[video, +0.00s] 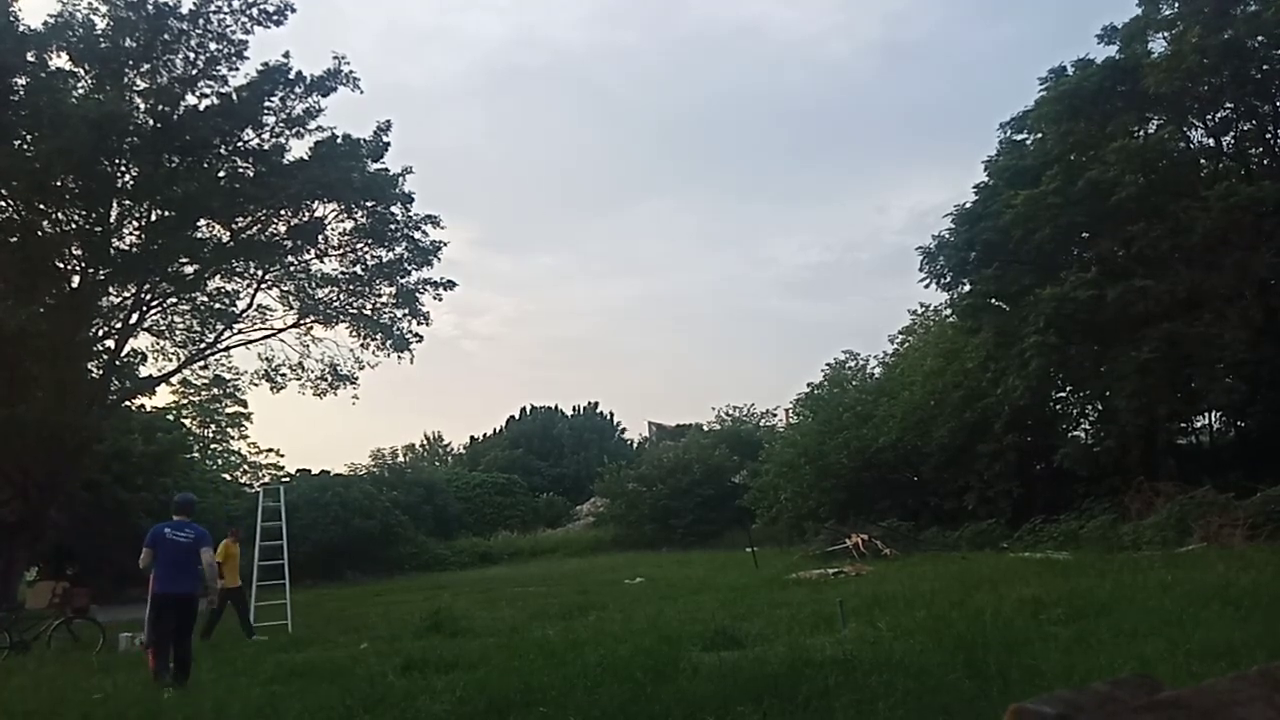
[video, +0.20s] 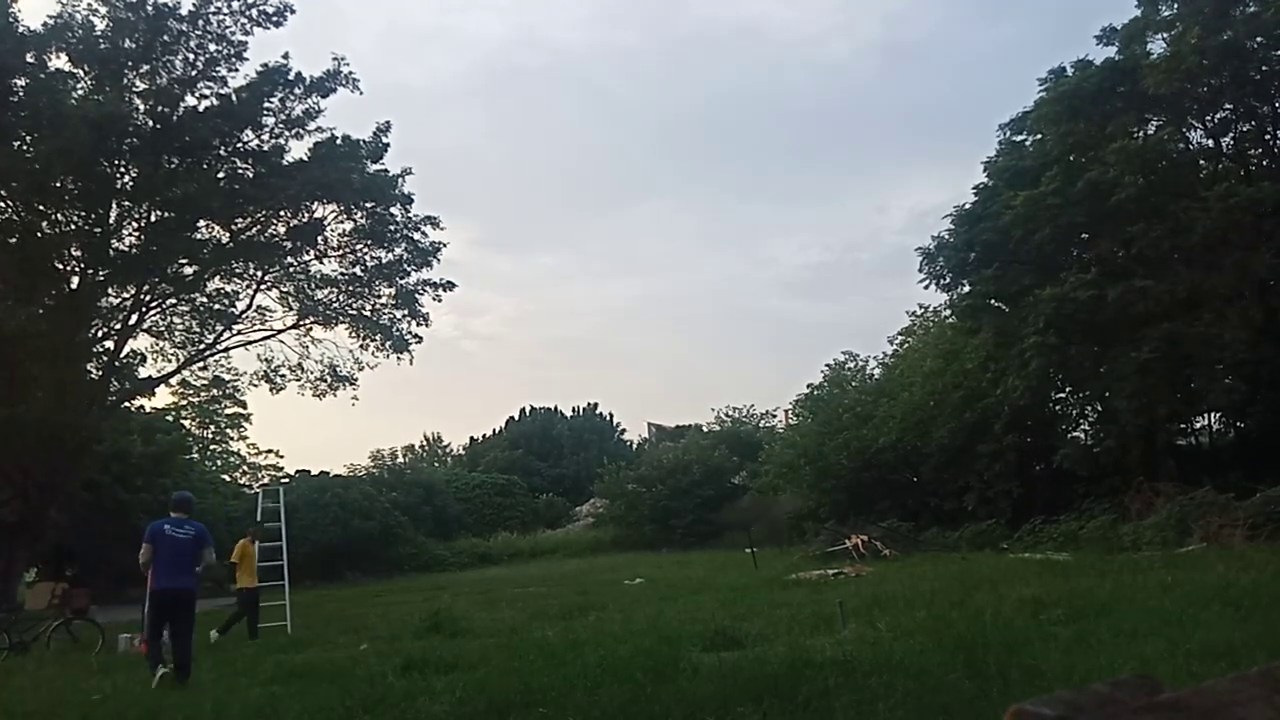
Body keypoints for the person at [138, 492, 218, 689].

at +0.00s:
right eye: (189, 510)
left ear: (172, 510)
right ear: (191, 511)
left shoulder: (157, 531)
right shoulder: (200, 533)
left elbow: (143, 563)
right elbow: (208, 562)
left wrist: (157, 555)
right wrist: (213, 591)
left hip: (162, 595)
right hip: (188, 595)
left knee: (159, 639)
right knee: (184, 640)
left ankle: (162, 680)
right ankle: (181, 682)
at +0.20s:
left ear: (170, 508)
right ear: (190, 509)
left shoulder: (156, 527)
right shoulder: (200, 530)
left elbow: (144, 557)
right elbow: (210, 560)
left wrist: (146, 571)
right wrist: (198, 569)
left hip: (160, 590)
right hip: (186, 591)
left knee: (153, 634)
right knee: (183, 635)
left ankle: (158, 667)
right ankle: (182, 678)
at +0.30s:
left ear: (168, 507)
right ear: (188, 508)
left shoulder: (156, 527)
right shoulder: (199, 529)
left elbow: (144, 557)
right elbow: (208, 558)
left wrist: (144, 572)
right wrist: (192, 561)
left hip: (158, 590)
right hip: (184, 590)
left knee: (150, 632)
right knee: (182, 635)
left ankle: (153, 673)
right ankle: (180, 677)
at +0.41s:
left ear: (165, 513)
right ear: (185, 514)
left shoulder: (153, 532)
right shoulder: (195, 534)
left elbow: (142, 563)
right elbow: (200, 560)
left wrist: (140, 585)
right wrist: (186, 566)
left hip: (156, 593)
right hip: (182, 594)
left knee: (149, 636)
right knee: (180, 637)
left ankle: (143, 676)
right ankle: (179, 679)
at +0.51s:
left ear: (160, 516)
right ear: (178, 517)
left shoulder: (147, 538)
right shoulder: (188, 538)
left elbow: (138, 570)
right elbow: (189, 566)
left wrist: (134, 596)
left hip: (152, 597)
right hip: (178, 597)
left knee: (147, 639)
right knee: (177, 640)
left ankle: (143, 677)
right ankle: (177, 680)